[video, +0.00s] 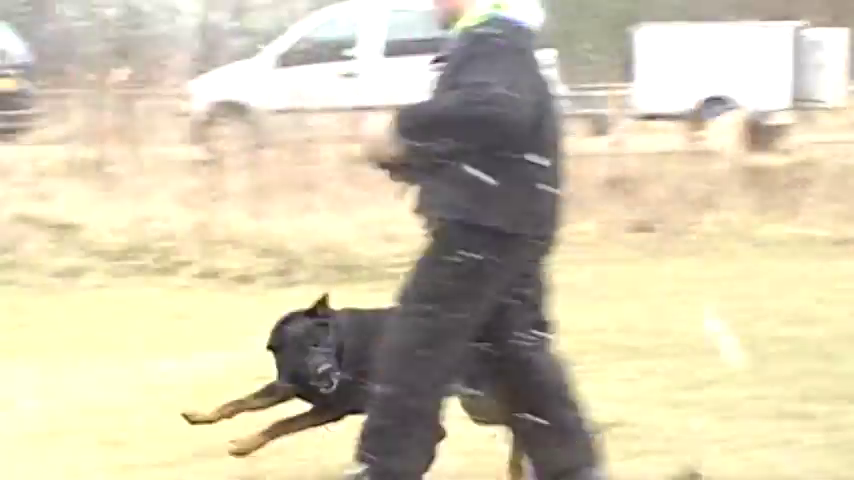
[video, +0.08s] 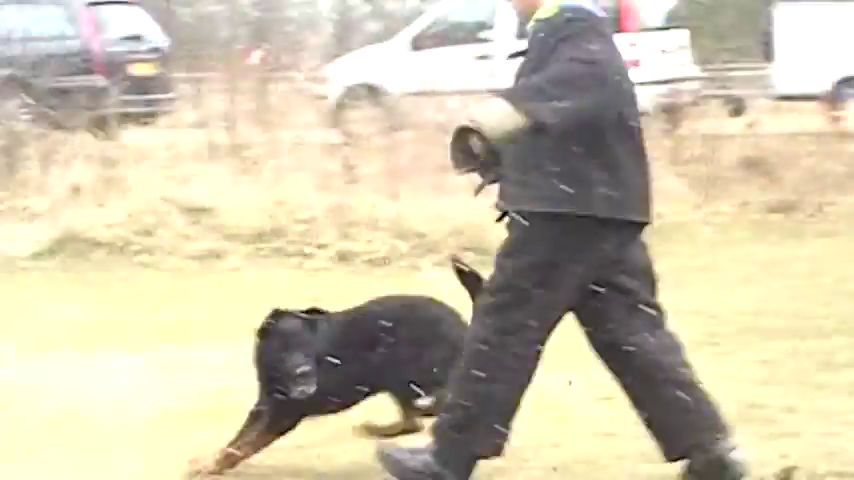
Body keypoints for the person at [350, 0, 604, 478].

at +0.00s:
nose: (437, 8)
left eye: (441, 2)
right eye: (438, 4)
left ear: (458, 2)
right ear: (484, 2)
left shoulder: (490, 41)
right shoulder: (494, 45)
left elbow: (502, 111)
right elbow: (473, 145)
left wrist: (406, 125)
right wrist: (409, 158)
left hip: (486, 228)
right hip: (510, 230)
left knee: (415, 342)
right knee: (518, 352)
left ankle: (387, 466)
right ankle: (570, 465)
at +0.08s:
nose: (512, 6)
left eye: (517, 1)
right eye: (514, 2)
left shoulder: (573, 27)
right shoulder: (558, 37)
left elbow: (591, 86)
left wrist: (513, 112)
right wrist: (500, 150)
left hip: (565, 214)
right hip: (600, 216)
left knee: (503, 330)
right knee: (633, 336)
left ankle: (449, 455)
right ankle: (709, 451)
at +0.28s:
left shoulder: (489, 18)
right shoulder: (525, 25)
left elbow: (486, 98)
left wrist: (401, 125)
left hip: (478, 198)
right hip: (525, 198)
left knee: (447, 316)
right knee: (510, 304)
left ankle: (469, 450)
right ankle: (611, 386)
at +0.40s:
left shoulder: (451, 7)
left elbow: (432, 72)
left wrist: (366, 74)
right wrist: (385, 84)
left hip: (456, 164)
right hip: (436, 161)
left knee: (463, 292)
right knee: (414, 280)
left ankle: (498, 425)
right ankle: (456, 404)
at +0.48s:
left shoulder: (436, 6)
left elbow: (404, 64)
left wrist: (360, 62)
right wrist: (380, 65)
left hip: (448, 157)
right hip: (425, 155)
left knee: (478, 283)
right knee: (396, 275)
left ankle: (527, 417)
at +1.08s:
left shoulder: (577, 6)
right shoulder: (611, 9)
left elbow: (558, 64)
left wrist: (513, 59)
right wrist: (528, 68)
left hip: (580, 157)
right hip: (620, 157)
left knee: (521, 267)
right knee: (634, 273)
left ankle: (481, 397)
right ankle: (697, 391)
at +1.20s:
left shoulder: (547, 9)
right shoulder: (584, 13)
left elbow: (518, 77)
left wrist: (480, 68)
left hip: (543, 172)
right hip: (585, 175)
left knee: (501, 284)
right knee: (569, 281)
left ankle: (500, 414)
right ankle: (666, 362)